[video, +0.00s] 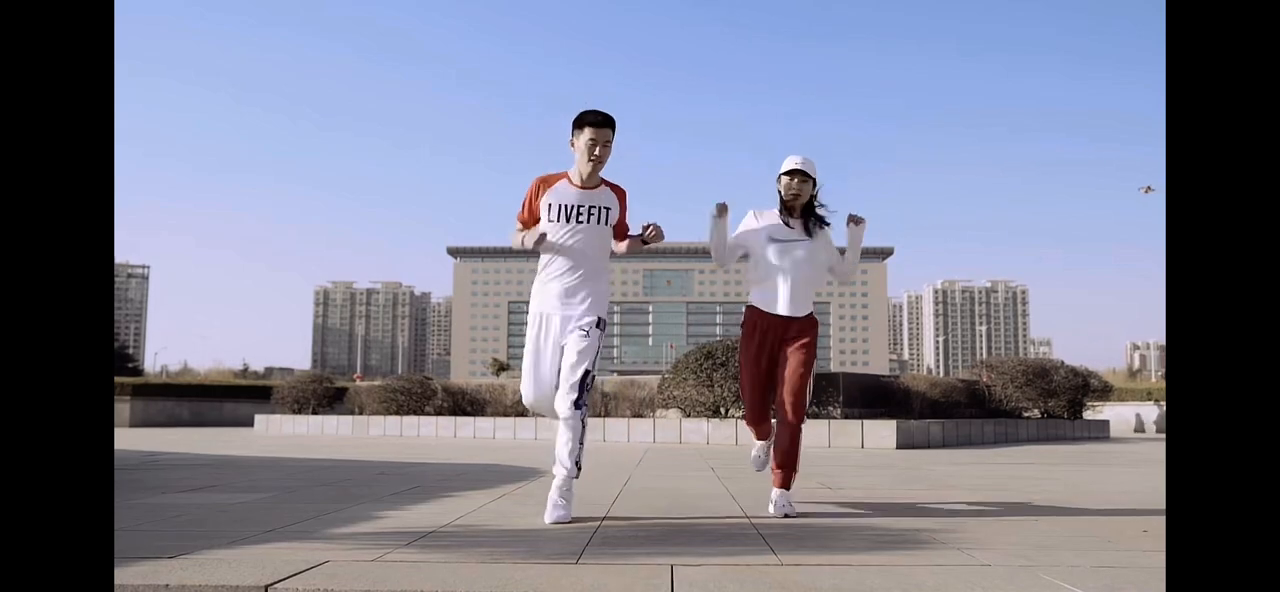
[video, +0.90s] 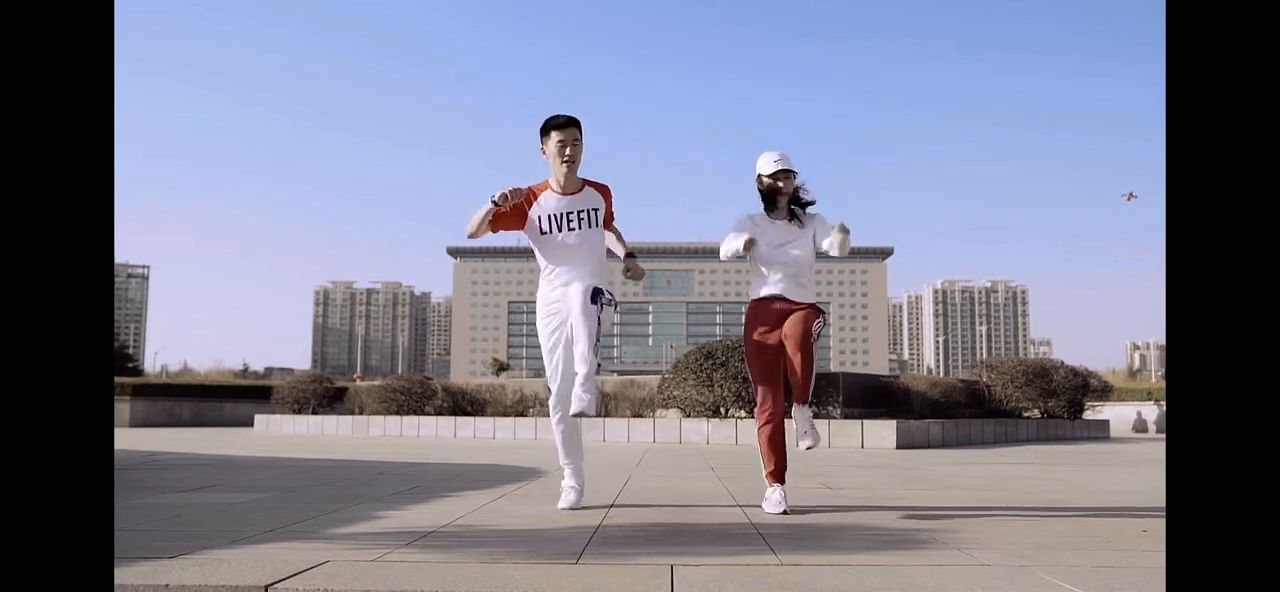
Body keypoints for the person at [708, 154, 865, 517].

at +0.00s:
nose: (794, 185)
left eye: (802, 179)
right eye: (788, 178)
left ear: (813, 188)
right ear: (778, 184)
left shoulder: (819, 232)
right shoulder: (758, 220)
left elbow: (843, 274)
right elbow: (722, 258)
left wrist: (854, 238)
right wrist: (719, 222)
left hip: (801, 325)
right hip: (759, 321)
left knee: (792, 408)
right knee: (754, 407)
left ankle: (781, 490)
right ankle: (764, 438)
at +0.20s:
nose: (787, 175)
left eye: (793, 170)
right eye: (780, 169)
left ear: (803, 175)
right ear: (769, 174)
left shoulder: (816, 216)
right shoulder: (755, 211)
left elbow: (836, 242)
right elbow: (739, 234)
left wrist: (842, 233)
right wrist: (746, 238)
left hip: (799, 311)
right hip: (758, 309)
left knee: (792, 399)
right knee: (770, 356)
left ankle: (784, 486)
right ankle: (758, 410)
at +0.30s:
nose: (785, 175)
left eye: (791, 169)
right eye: (777, 169)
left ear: (800, 173)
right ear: (766, 175)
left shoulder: (818, 218)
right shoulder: (751, 218)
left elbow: (834, 262)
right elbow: (737, 268)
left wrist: (842, 300)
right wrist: (729, 310)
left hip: (799, 314)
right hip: (757, 307)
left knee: (788, 404)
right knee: (774, 344)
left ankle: (782, 485)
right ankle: (764, 420)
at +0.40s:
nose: (784, 169)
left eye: (789, 162)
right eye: (776, 163)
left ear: (799, 166)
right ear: (765, 169)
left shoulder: (817, 211)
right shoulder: (751, 212)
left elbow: (833, 264)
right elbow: (736, 266)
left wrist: (841, 314)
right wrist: (723, 314)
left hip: (800, 305)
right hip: (757, 300)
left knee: (790, 392)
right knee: (771, 360)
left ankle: (785, 479)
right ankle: (770, 446)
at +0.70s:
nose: (781, 167)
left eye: (786, 161)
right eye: (773, 162)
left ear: (794, 166)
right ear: (760, 169)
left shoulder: (815, 209)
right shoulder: (747, 215)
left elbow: (835, 259)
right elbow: (732, 269)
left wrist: (845, 306)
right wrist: (728, 316)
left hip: (800, 302)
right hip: (759, 303)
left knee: (796, 390)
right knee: (768, 398)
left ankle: (791, 441)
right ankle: (774, 480)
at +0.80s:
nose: (785, 176)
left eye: (788, 170)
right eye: (777, 171)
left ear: (796, 174)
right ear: (763, 178)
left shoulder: (814, 217)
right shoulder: (750, 218)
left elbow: (831, 250)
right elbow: (733, 253)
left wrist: (847, 282)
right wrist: (737, 283)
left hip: (800, 300)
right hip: (760, 301)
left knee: (795, 353)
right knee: (767, 396)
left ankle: (799, 418)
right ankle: (772, 481)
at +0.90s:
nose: (785, 181)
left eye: (789, 175)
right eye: (777, 176)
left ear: (796, 179)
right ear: (762, 182)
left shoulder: (811, 221)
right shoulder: (751, 222)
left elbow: (836, 250)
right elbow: (726, 252)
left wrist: (841, 235)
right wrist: (740, 244)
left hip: (804, 307)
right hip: (764, 311)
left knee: (797, 333)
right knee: (770, 406)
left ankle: (802, 409)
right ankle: (775, 485)